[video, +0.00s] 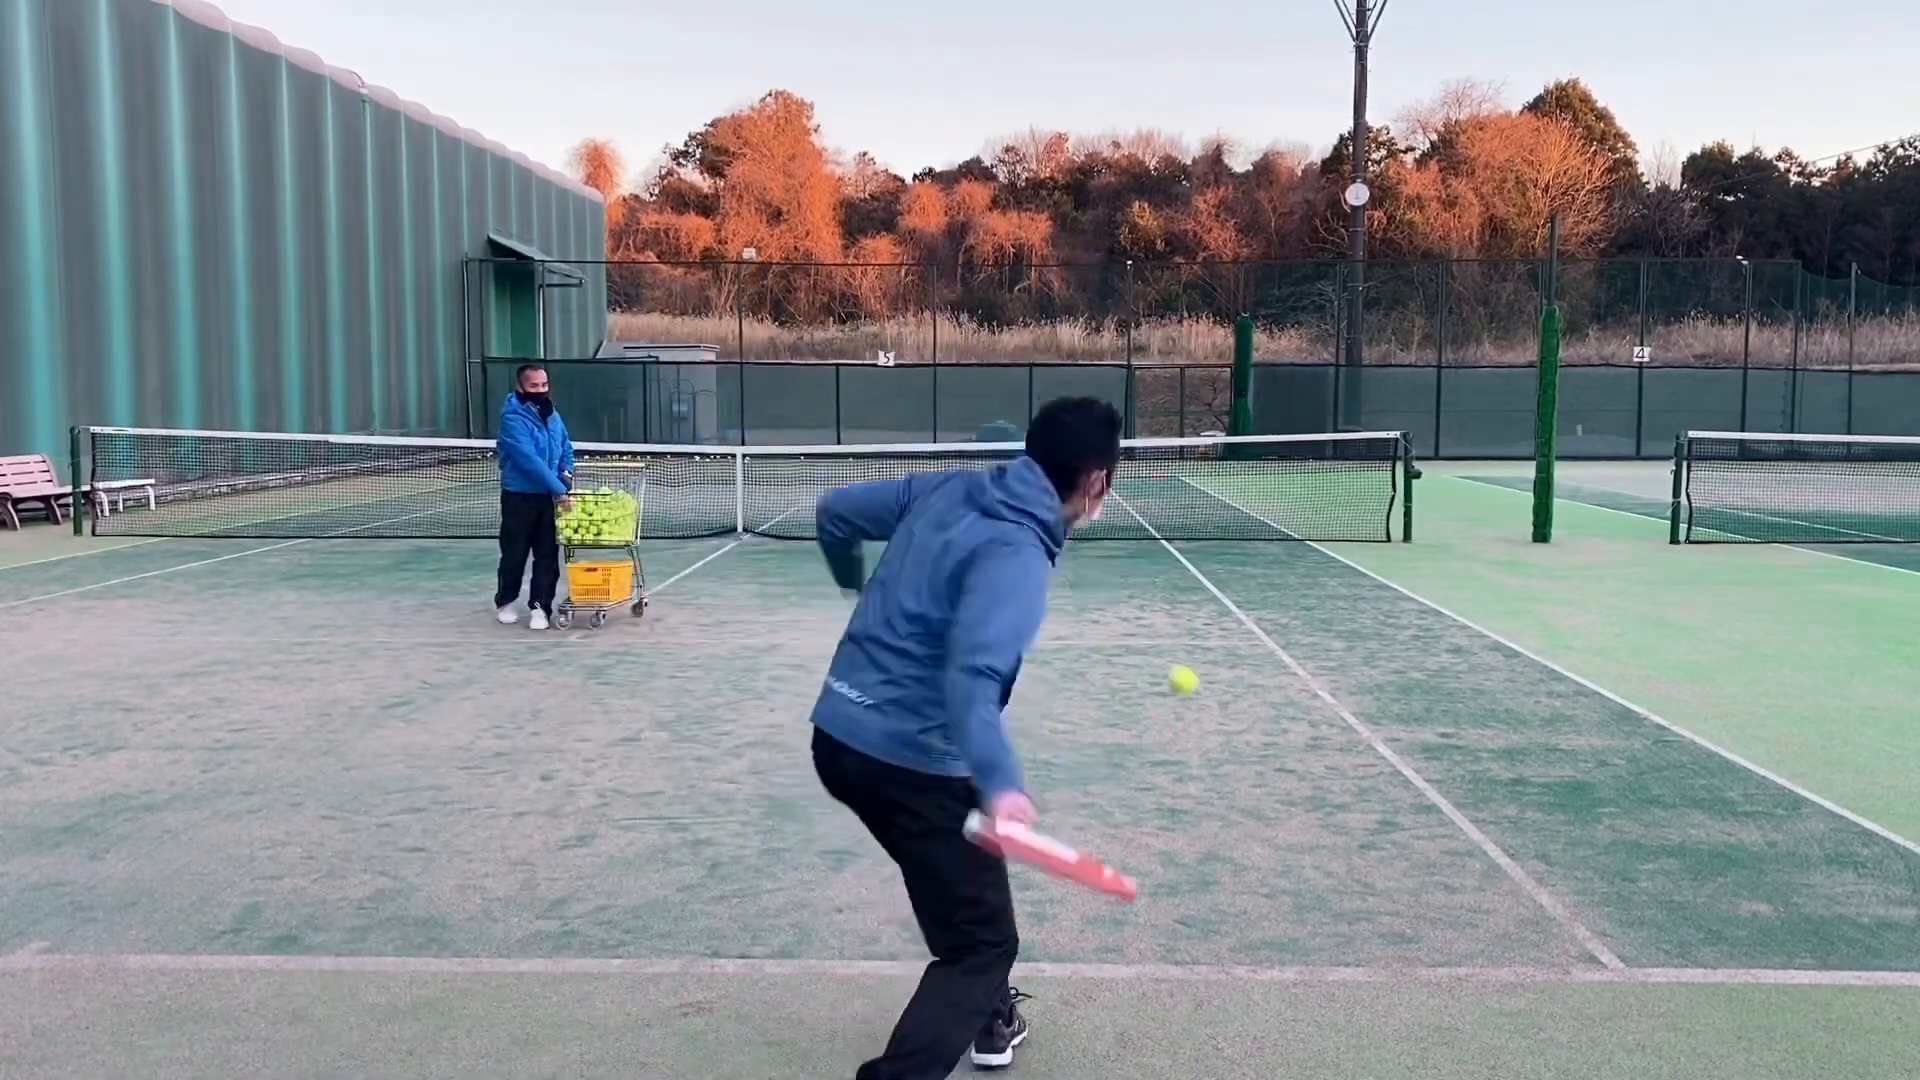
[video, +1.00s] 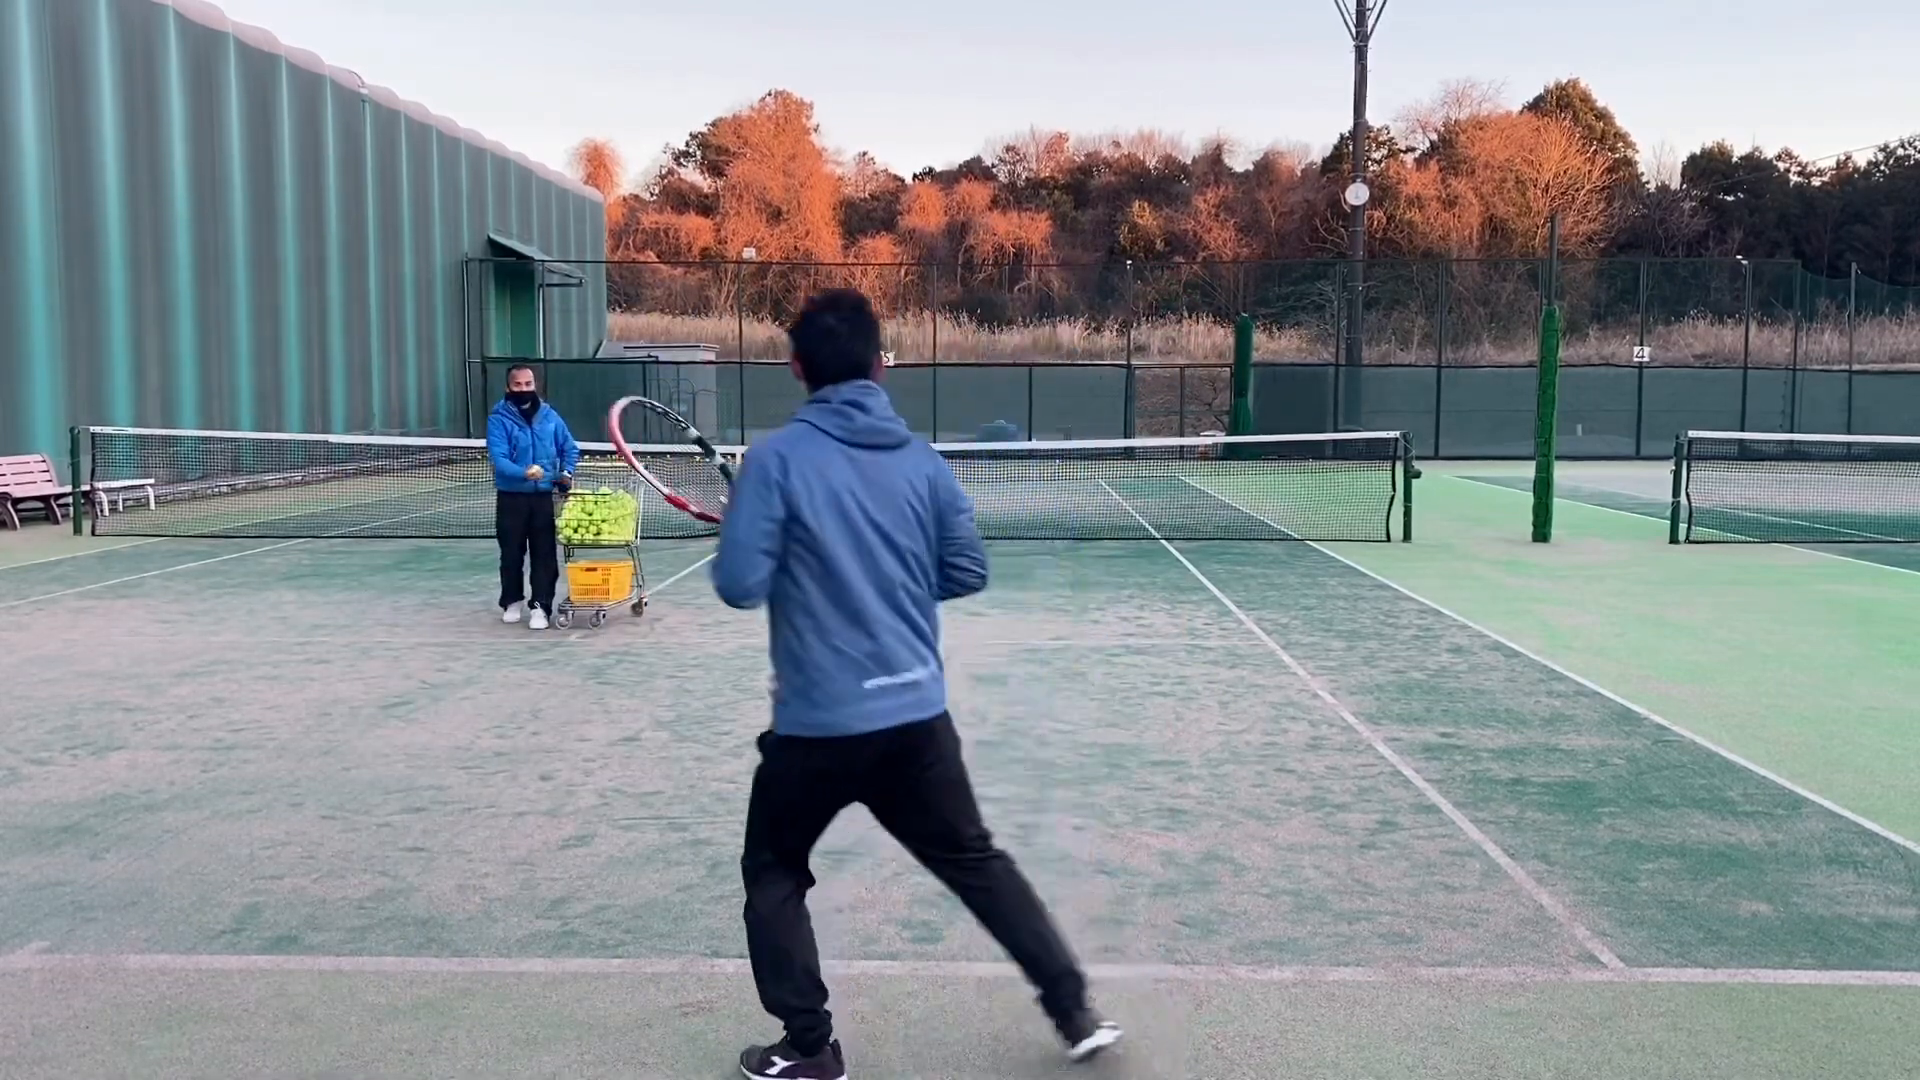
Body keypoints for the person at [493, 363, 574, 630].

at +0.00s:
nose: (541, 389)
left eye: (544, 384)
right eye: (534, 385)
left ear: (548, 384)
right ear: (521, 387)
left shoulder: (552, 413)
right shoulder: (512, 418)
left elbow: (566, 447)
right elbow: (527, 459)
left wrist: (566, 470)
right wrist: (558, 488)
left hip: (549, 492)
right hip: (519, 493)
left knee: (547, 554)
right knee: (515, 552)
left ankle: (540, 608)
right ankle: (506, 602)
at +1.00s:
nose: (523, 389)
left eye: (527, 384)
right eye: (517, 384)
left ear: (535, 385)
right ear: (508, 387)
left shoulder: (549, 415)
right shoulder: (498, 418)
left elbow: (571, 449)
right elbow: (498, 460)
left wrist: (566, 473)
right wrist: (524, 472)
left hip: (543, 495)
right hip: (511, 496)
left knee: (544, 554)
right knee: (511, 553)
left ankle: (540, 607)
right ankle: (512, 602)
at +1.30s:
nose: (510, 391)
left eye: (515, 386)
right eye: (505, 387)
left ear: (524, 387)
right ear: (497, 389)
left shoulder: (541, 415)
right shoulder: (490, 419)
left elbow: (568, 448)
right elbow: (484, 457)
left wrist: (566, 476)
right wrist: (494, 484)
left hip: (536, 496)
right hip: (503, 497)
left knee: (537, 553)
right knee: (505, 555)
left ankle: (539, 605)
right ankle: (511, 603)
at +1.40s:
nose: (507, 392)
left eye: (512, 387)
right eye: (501, 388)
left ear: (520, 387)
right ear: (494, 389)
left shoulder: (539, 415)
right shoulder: (486, 420)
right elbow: (478, 461)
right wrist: (486, 494)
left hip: (538, 494)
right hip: (501, 496)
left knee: (538, 547)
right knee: (503, 552)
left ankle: (539, 605)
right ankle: (509, 605)